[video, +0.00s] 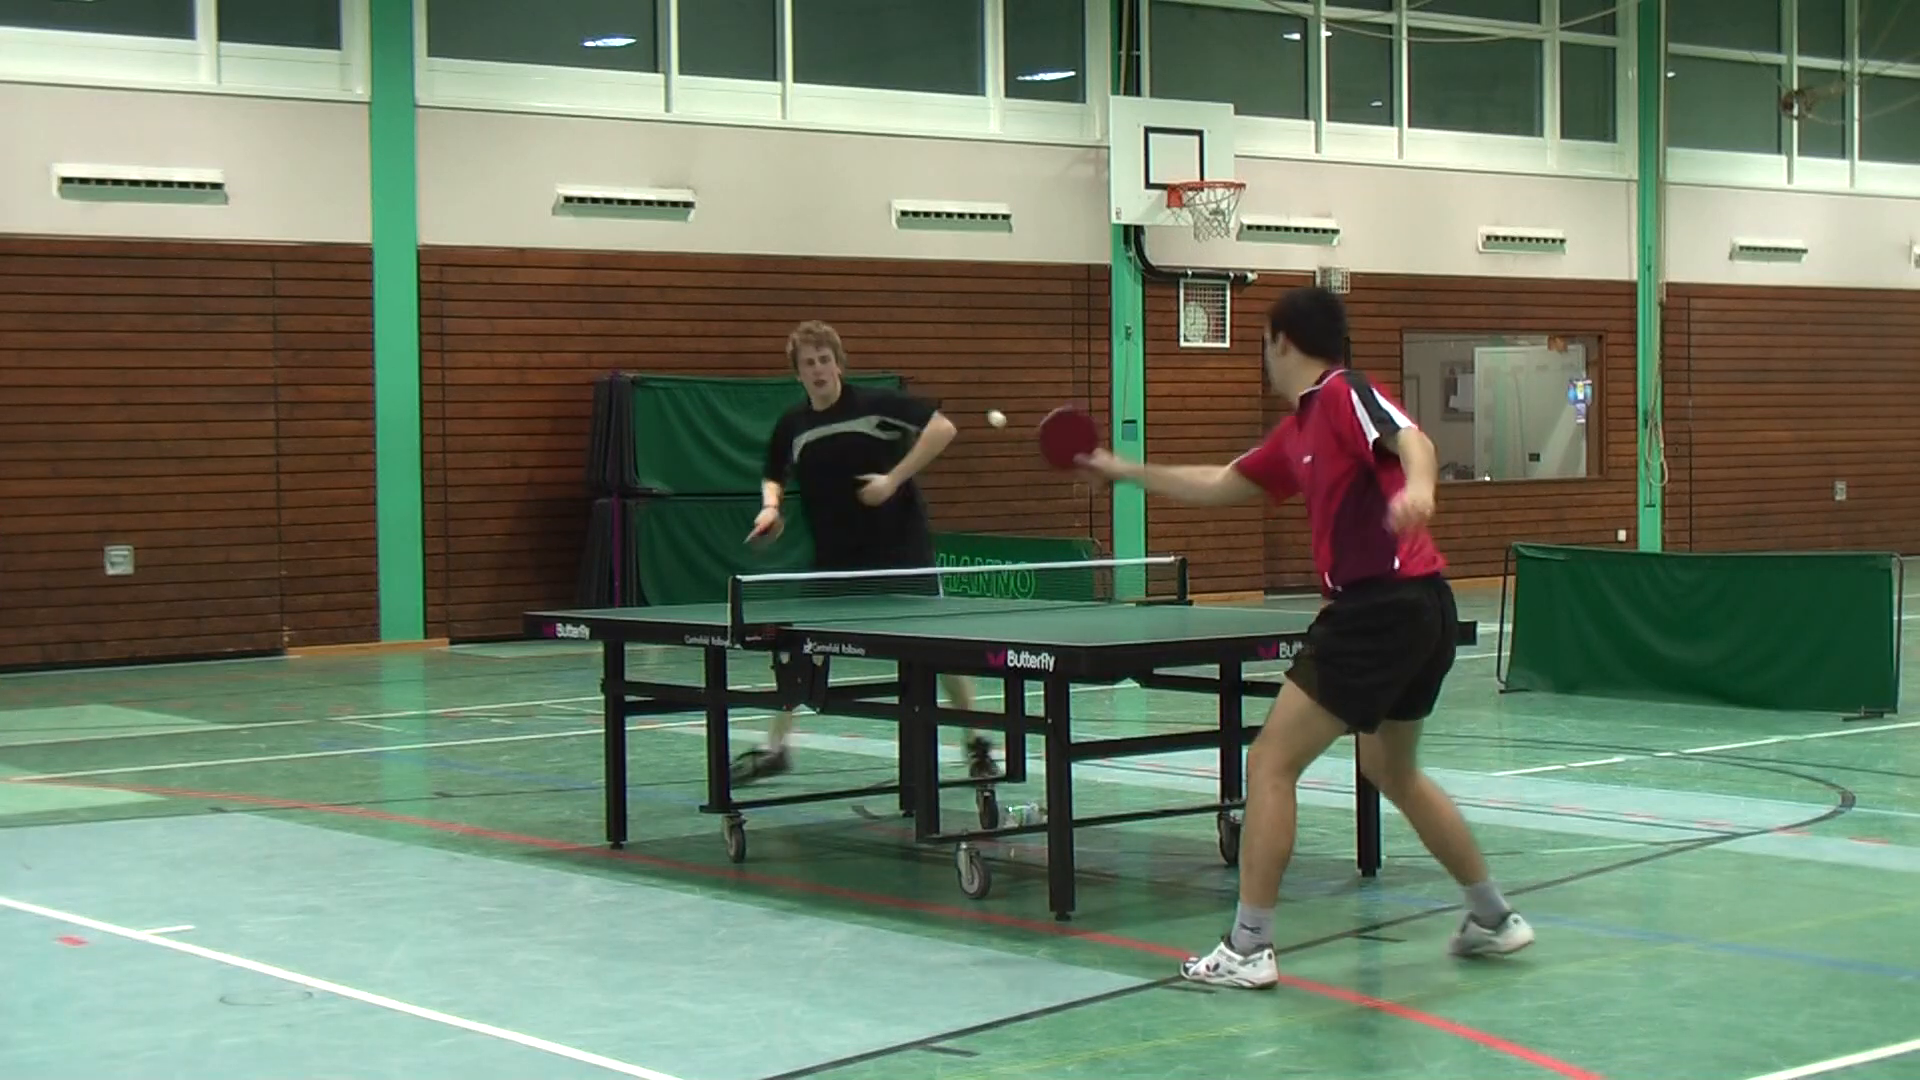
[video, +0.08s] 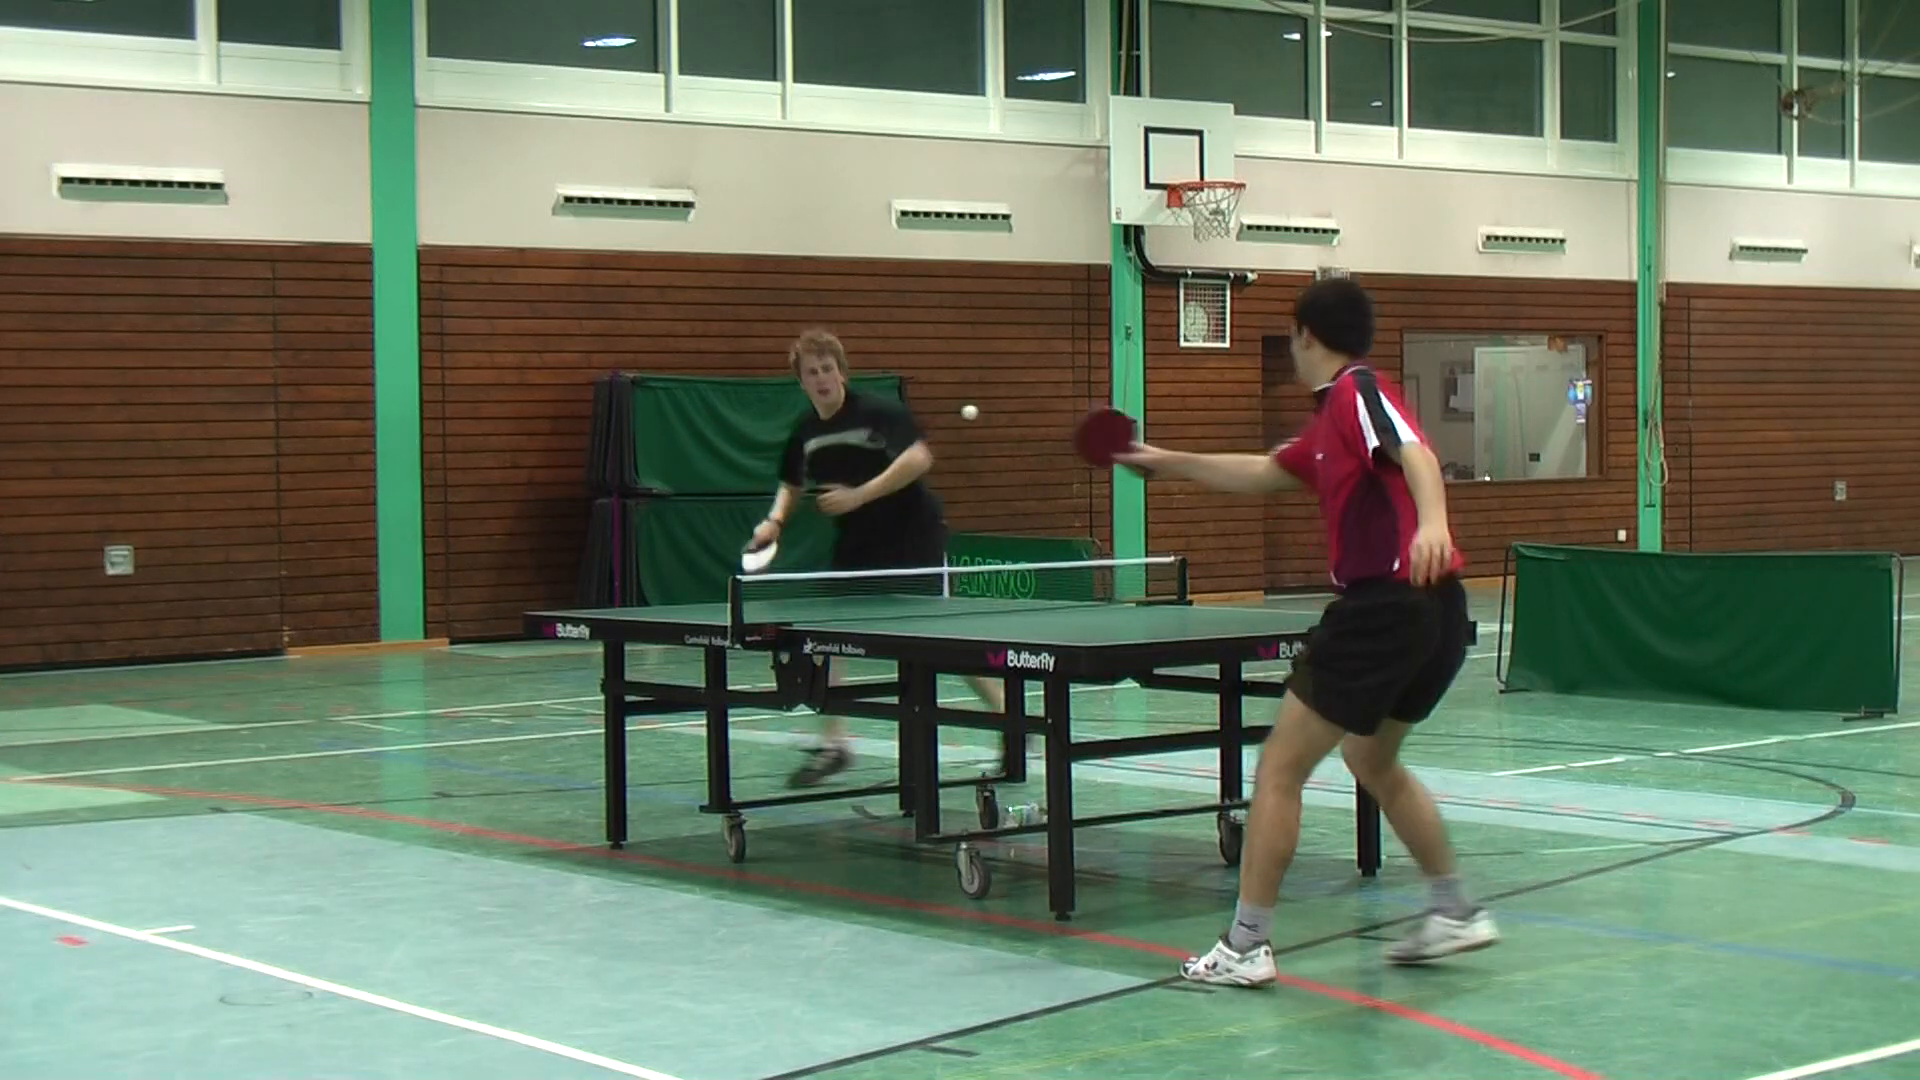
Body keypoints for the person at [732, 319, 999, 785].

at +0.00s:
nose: (817, 369)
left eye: (824, 360)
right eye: (808, 363)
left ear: (840, 363)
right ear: (797, 371)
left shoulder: (878, 405)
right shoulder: (792, 426)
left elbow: (942, 428)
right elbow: (773, 476)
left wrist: (894, 477)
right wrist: (771, 507)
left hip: (903, 559)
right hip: (834, 563)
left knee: (941, 650)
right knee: (798, 649)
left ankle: (977, 742)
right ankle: (776, 747)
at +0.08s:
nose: (822, 379)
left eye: (829, 369)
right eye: (812, 372)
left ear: (843, 371)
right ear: (800, 380)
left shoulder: (880, 413)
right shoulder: (804, 432)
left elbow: (920, 456)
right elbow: (791, 485)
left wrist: (859, 494)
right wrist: (774, 522)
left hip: (914, 541)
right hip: (858, 546)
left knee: (940, 637)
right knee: (824, 640)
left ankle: (1012, 719)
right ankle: (836, 742)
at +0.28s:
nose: (853, 410)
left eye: (860, 398)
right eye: (843, 403)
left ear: (877, 396)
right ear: (835, 408)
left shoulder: (895, 431)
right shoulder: (877, 441)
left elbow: (843, 494)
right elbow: (902, 495)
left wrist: (803, 497)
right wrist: (882, 524)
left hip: (980, 549)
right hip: (927, 556)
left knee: (1017, 644)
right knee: (891, 650)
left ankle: (1081, 737)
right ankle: (867, 754)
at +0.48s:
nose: (907, 415)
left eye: (914, 404)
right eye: (900, 407)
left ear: (936, 402)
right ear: (896, 410)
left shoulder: (951, 431)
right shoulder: (923, 441)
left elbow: (911, 496)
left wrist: (869, 525)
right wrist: (972, 545)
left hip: (1040, 551)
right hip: (989, 555)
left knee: (1068, 654)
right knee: (948, 650)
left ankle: (1134, 749)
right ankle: (940, 755)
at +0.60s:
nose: (932, 403)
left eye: (940, 393)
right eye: (930, 394)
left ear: (967, 391)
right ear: (940, 394)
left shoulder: (990, 422)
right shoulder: (973, 433)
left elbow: (1035, 452)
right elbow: (1005, 481)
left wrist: (1010, 519)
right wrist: (969, 500)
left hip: (1068, 551)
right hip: (1020, 555)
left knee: (1096, 651)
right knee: (979, 649)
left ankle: (1148, 747)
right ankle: (952, 752)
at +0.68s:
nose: (970, 382)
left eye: (978, 371)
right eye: (967, 374)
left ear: (1005, 368)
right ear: (970, 376)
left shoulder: (1055, 404)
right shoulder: (983, 435)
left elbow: (1113, 442)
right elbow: (945, 497)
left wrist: (1059, 478)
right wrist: (885, 490)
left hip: (1083, 559)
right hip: (1019, 562)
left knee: (1116, 655)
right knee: (979, 650)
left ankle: (1148, 753)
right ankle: (964, 749)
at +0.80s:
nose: (1038, 387)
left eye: (1046, 377)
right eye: (1030, 380)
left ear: (1066, 380)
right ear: (1022, 387)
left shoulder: (1091, 430)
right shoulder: (1022, 438)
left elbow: (1116, 484)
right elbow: (1022, 494)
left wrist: (1077, 499)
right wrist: (1010, 528)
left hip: (1092, 560)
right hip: (1034, 564)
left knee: (1136, 651)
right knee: (1014, 654)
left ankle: (1154, 744)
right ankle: (993, 735)